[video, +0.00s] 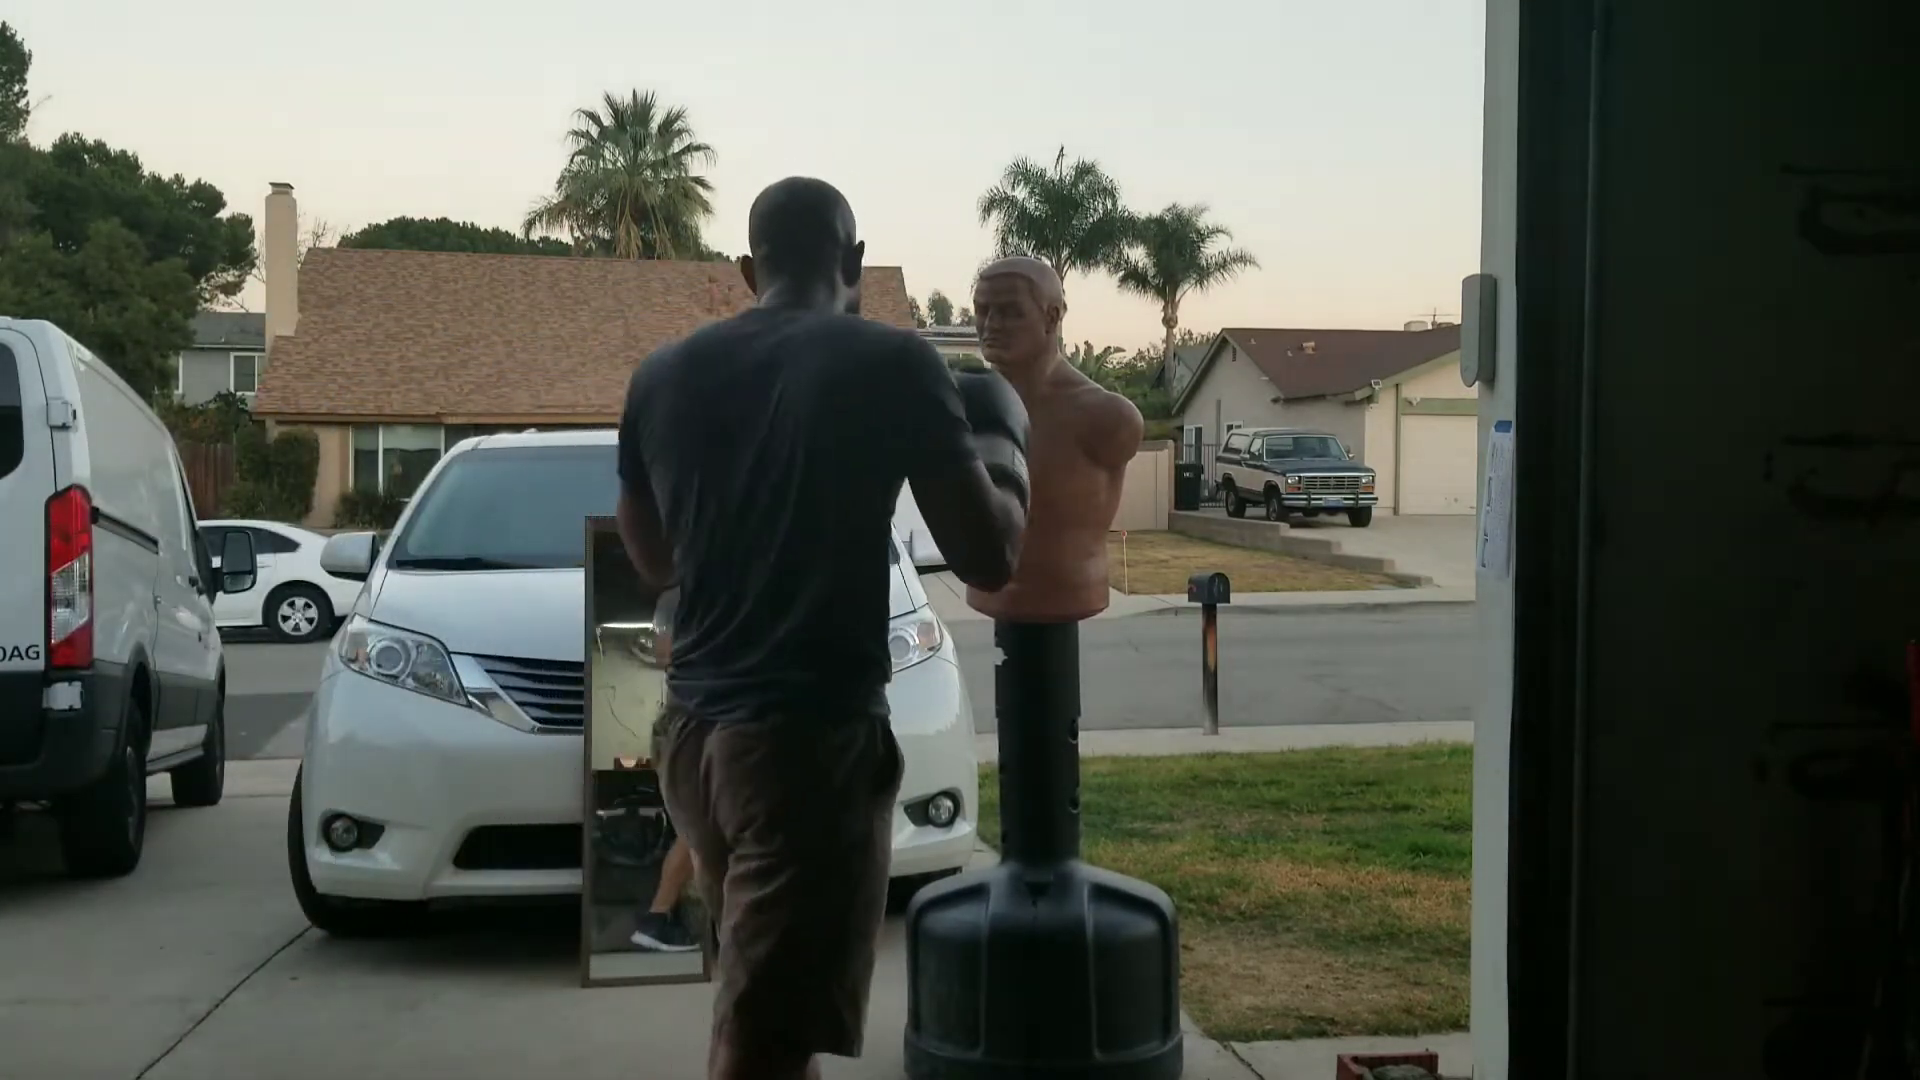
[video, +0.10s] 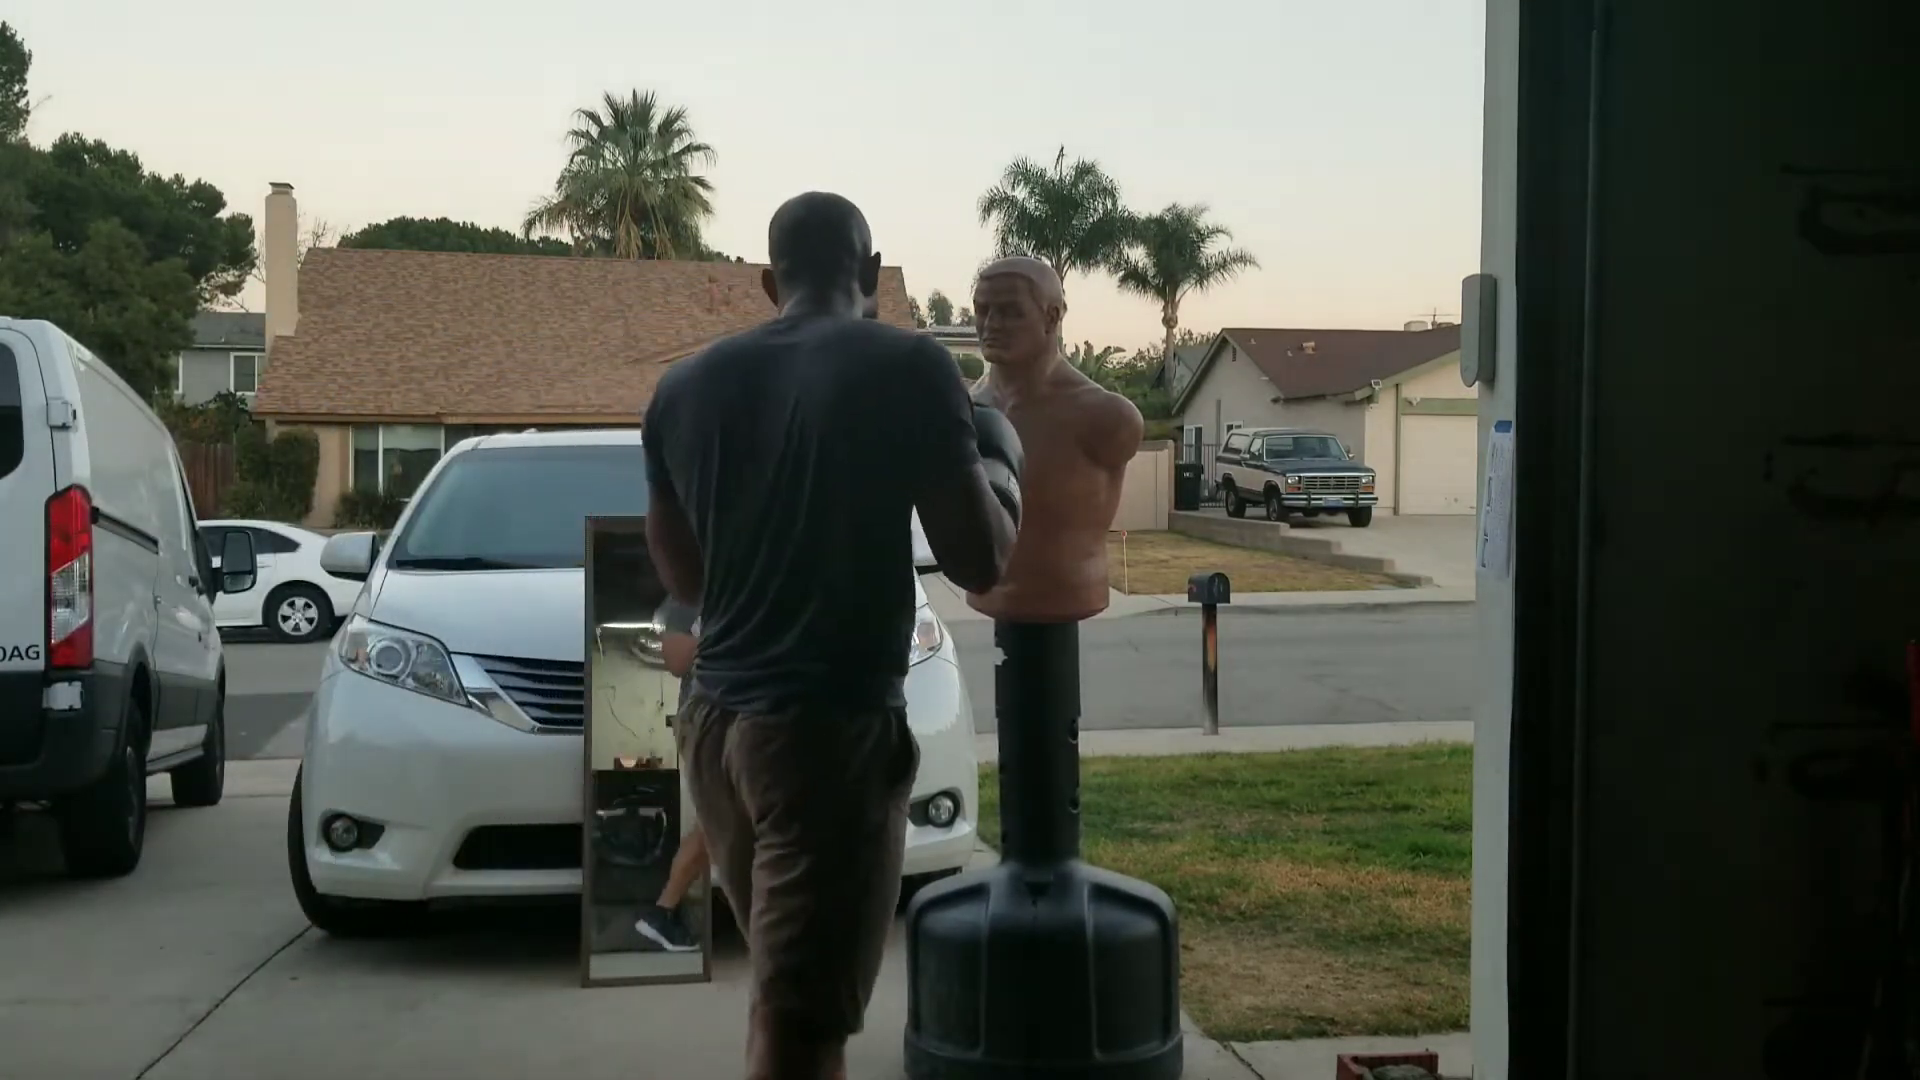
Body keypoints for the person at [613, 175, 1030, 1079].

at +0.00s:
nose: (861, 275)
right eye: (862, 262)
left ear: (748, 269)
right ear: (855, 260)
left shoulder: (662, 373)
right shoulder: (892, 359)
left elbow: (655, 566)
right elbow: (987, 556)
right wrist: (1001, 439)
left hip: (691, 738)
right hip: (810, 747)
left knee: (762, 1000)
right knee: (762, 1033)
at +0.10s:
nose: (878, 284)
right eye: (878, 272)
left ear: (768, 280)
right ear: (874, 272)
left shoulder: (684, 385)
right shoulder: (908, 365)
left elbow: (684, 577)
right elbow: (978, 561)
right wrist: (999, 459)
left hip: (713, 733)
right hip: (833, 737)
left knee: (796, 997)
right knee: (797, 1022)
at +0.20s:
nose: (922, 277)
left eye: (916, 266)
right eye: (921, 264)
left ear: (814, 265)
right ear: (913, 260)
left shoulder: (719, 362)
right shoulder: (915, 343)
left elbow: (704, 542)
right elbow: (979, 542)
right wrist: (985, 429)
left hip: (728, 705)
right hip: (837, 702)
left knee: (796, 978)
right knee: (856, 1015)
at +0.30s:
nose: (971, 315)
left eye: (977, 302)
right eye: (974, 296)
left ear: (870, 276)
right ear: (963, 285)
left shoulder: (786, 362)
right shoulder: (931, 358)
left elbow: (728, 523)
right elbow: (992, 554)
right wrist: (1007, 423)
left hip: (716, 703)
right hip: (816, 706)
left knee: (814, 971)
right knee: (911, 1015)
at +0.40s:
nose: (1025, 368)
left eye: (1026, 346)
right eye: (1025, 345)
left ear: (918, 331)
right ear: (1005, 347)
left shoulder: (828, 405)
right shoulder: (957, 416)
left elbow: (733, 552)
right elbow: (1002, 613)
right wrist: (1032, 493)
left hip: (712, 736)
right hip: (804, 744)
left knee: (837, 988)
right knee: (956, 1034)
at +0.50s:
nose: (1022, 396)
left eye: (1023, 374)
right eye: (1024, 374)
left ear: (921, 354)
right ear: (1009, 369)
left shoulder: (821, 422)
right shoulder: (975, 437)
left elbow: (721, 582)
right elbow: (1006, 637)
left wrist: (856, 560)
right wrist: (1039, 524)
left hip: (718, 757)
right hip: (821, 764)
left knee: (854, 965)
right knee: (969, 1034)